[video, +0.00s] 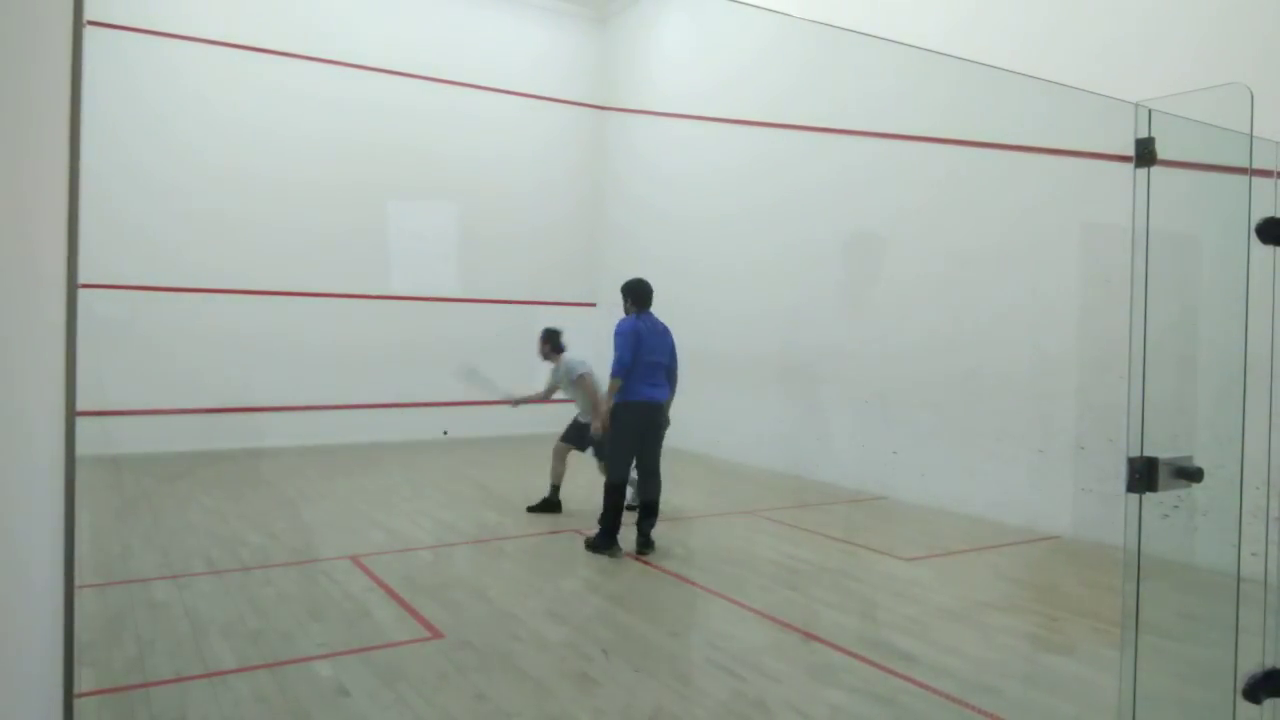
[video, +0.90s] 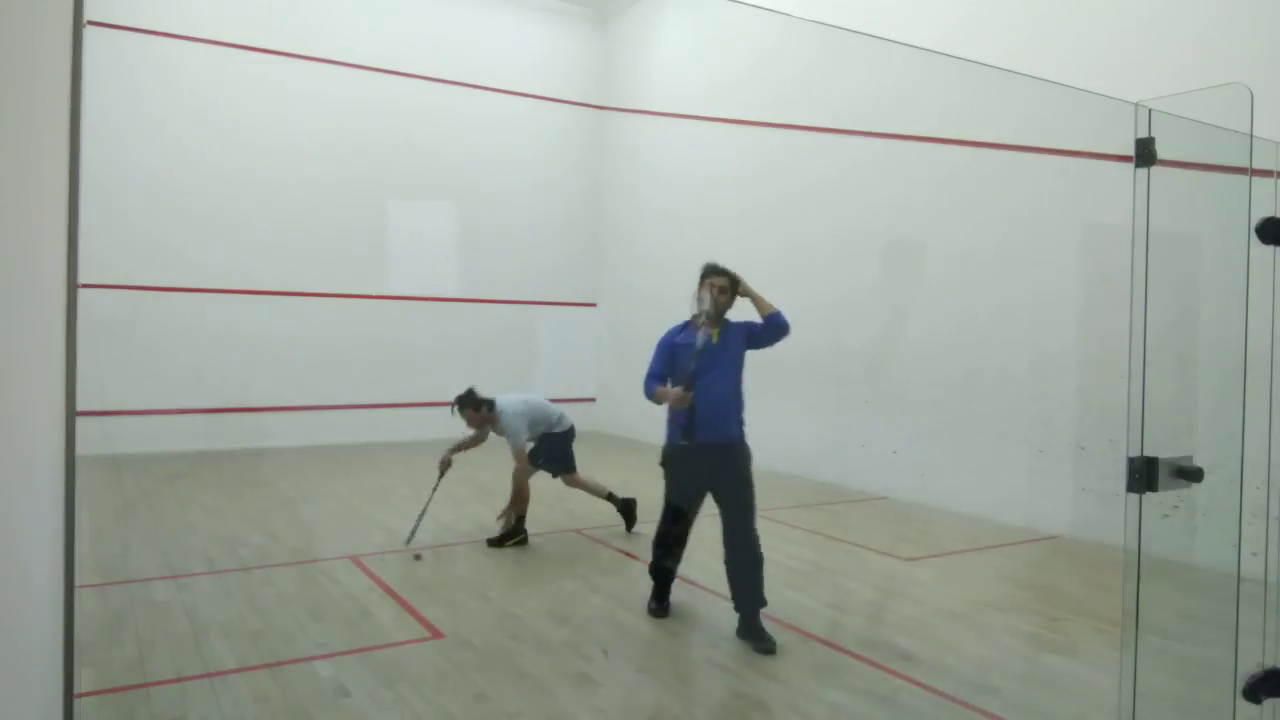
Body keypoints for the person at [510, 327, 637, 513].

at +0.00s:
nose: (539, 349)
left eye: (541, 345)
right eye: (540, 345)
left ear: (549, 346)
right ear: (553, 346)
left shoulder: (572, 363)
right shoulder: (558, 370)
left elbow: (591, 390)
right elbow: (546, 395)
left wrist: (596, 419)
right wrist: (521, 401)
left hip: (600, 419)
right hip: (584, 419)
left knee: (606, 467)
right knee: (560, 450)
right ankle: (553, 498)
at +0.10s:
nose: (511, 361)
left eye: (512, 356)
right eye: (510, 356)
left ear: (521, 355)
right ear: (523, 355)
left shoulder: (546, 369)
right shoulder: (536, 377)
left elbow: (557, 401)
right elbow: (540, 408)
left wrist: (557, 429)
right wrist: (526, 429)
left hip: (586, 413)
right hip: (570, 417)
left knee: (578, 464)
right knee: (548, 450)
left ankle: (619, 478)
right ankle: (552, 498)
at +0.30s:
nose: (530, 326)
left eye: (532, 322)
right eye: (531, 322)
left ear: (541, 323)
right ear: (550, 323)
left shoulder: (545, 349)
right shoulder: (570, 345)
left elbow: (524, 382)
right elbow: (586, 374)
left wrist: (490, 396)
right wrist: (587, 401)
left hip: (559, 411)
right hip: (576, 409)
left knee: (545, 460)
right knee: (551, 457)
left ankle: (565, 503)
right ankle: (552, 497)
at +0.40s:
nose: (546, 321)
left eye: (546, 318)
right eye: (548, 317)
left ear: (549, 321)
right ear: (568, 319)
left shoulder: (548, 347)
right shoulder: (586, 342)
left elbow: (533, 386)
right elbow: (602, 371)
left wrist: (512, 408)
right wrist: (595, 397)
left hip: (563, 410)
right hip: (588, 409)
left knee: (562, 461)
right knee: (576, 455)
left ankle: (569, 515)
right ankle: (568, 500)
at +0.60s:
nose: (540, 351)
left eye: (542, 345)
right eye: (539, 346)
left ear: (555, 341)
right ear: (556, 342)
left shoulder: (570, 360)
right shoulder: (577, 357)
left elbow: (584, 398)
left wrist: (584, 435)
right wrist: (559, 425)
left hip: (598, 418)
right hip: (614, 416)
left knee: (567, 461)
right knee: (616, 470)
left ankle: (567, 514)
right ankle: (641, 514)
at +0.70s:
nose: (527, 357)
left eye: (529, 351)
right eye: (525, 352)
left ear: (543, 347)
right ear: (539, 349)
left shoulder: (565, 368)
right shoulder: (553, 373)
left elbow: (585, 403)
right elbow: (543, 409)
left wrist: (592, 441)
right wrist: (515, 432)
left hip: (592, 425)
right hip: (599, 424)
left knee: (547, 463)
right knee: (599, 474)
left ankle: (531, 518)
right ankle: (636, 516)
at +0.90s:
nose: (469, 424)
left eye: (470, 419)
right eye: (467, 420)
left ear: (481, 410)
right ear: (479, 409)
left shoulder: (511, 419)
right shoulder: (489, 416)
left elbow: (521, 469)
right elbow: (479, 438)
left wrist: (512, 506)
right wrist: (451, 451)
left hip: (558, 432)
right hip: (551, 431)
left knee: (520, 476)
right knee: (571, 478)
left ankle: (517, 529)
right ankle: (622, 504)